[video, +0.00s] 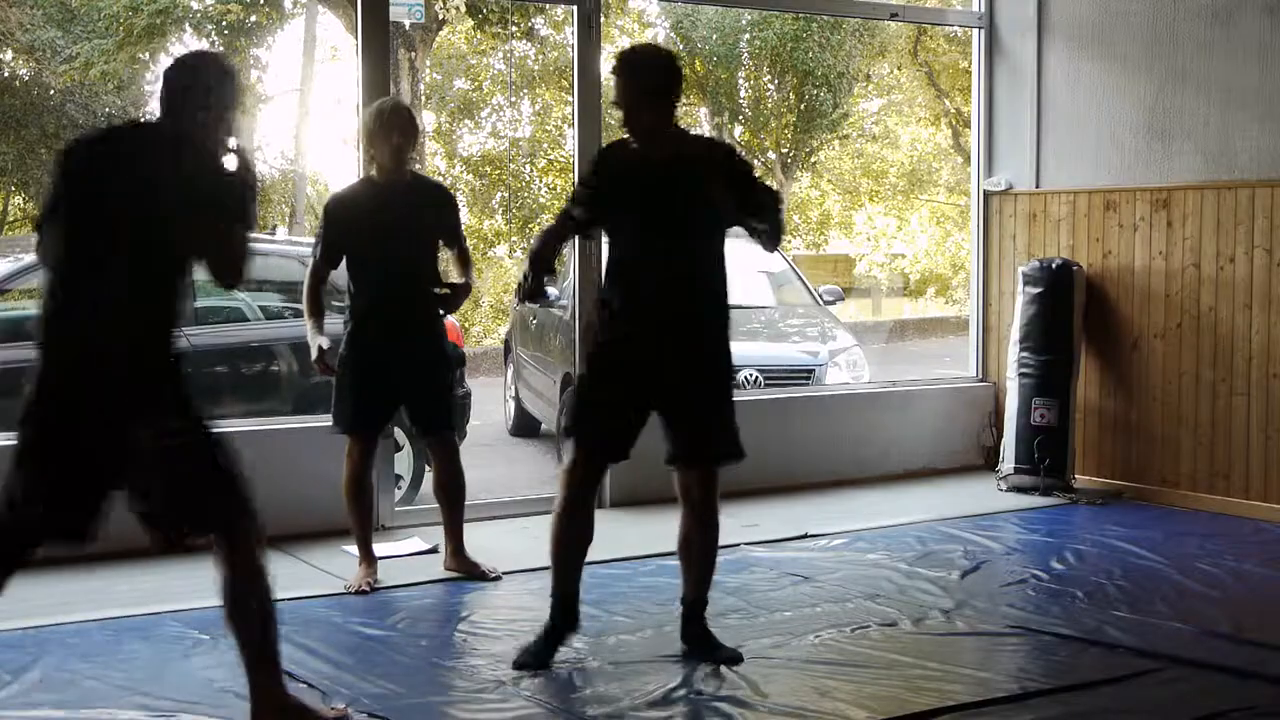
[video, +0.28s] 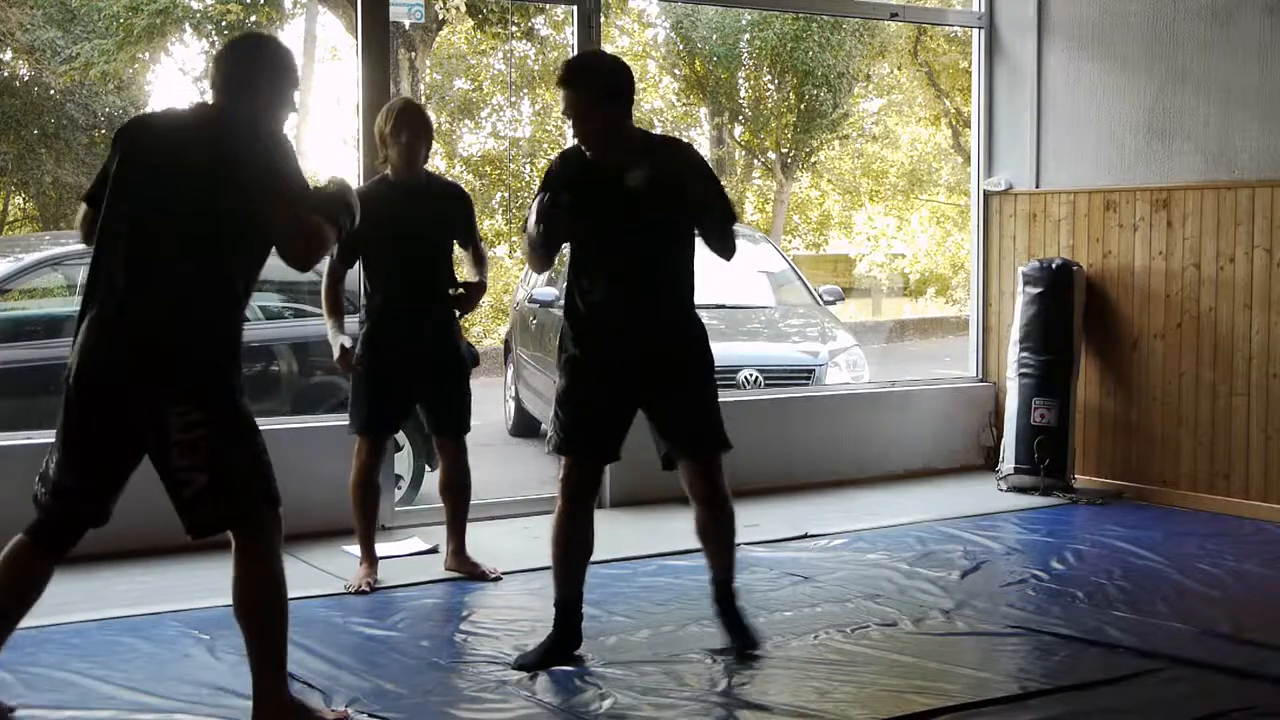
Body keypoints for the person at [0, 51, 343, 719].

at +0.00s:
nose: (226, 124)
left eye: (228, 111)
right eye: (223, 111)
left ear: (163, 99)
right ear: (204, 108)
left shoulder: (89, 152)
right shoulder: (205, 173)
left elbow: (51, 249)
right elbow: (230, 268)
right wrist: (242, 179)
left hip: (65, 381)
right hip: (144, 385)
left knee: (22, 533)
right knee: (236, 531)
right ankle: (270, 697)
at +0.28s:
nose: (288, 108)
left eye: (289, 96)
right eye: (288, 96)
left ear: (215, 80)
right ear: (277, 93)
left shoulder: (140, 133)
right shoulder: (268, 153)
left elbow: (90, 227)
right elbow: (305, 249)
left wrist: (174, 217)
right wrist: (333, 205)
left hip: (100, 371)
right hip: (195, 374)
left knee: (48, 531)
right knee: (257, 528)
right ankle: (272, 698)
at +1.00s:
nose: (249, 74)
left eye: (243, 60)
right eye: (240, 61)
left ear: (172, 74)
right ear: (220, 69)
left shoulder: (142, 138)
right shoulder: (244, 138)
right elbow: (289, 252)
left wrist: (292, 214)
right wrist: (331, 213)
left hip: (117, 371)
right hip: (200, 373)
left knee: (72, 544)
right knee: (277, 528)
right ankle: (293, 696)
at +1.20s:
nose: (287, 72)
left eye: (281, 60)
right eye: (276, 62)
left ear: (209, 72)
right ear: (250, 72)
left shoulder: (168, 136)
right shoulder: (268, 146)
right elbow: (308, 258)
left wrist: (323, 212)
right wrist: (348, 210)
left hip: (131, 366)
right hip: (211, 371)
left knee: (108, 523)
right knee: (279, 526)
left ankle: (28, 664)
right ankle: (293, 696)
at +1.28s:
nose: (286, 73)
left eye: (280, 61)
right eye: (275, 62)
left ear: (209, 72)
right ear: (247, 73)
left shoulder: (167, 137)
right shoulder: (262, 145)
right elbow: (300, 254)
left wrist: (319, 213)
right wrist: (343, 216)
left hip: (131, 368)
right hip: (210, 373)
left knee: (105, 533)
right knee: (279, 528)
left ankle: (31, 686)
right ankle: (294, 697)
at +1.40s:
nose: (269, 75)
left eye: (265, 62)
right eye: (260, 63)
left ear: (194, 72)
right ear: (234, 72)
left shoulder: (152, 138)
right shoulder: (242, 140)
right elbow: (269, 249)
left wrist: (294, 206)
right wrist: (326, 216)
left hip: (124, 372)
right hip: (204, 375)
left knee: (92, 535)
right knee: (277, 525)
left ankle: (25, 695)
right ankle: (293, 695)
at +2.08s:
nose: (249, 83)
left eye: (245, 69)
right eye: (242, 69)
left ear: (170, 73)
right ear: (218, 74)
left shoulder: (129, 130)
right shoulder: (212, 137)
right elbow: (233, 247)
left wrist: (234, 145)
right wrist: (294, 224)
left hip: (104, 372)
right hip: (183, 372)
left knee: (68, 543)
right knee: (285, 510)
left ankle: (19, 696)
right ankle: (295, 683)